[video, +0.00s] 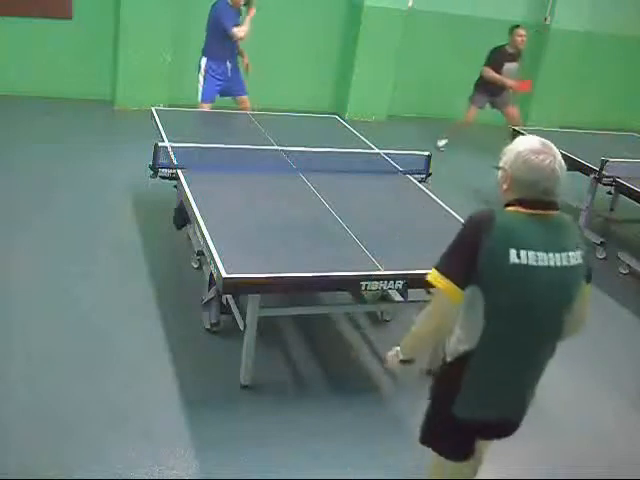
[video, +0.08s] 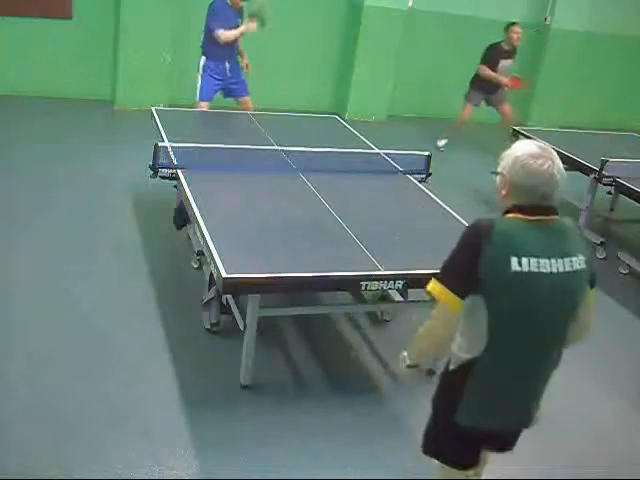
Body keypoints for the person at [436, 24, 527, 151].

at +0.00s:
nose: (522, 40)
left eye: (524, 36)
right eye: (519, 36)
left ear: (526, 39)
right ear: (511, 37)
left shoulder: (518, 55)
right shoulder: (498, 52)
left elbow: (508, 73)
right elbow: (486, 72)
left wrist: (514, 85)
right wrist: (508, 82)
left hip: (501, 91)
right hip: (483, 89)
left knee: (514, 117)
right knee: (469, 120)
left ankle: (518, 147)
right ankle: (446, 138)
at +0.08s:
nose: (517, 37)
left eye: (519, 34)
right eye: (514, 33)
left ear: (521, 36)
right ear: (507, 34)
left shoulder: (513, 51)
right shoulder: (494, 49)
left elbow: (502, 69)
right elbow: (481, 70)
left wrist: (508, 80)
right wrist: (502, 80)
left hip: (496, 87)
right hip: (479, 86)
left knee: (508, 116)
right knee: (465, 117)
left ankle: (513, 141)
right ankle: (446, 138)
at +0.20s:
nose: (515, 32)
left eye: (517, 29)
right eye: (512, 28)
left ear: (518, 31)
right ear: (503, 29)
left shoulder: (509, 46)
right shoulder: (490, 44)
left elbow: (499, 64)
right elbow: (477, 64)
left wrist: (502, 78)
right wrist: (495, 74)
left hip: (491, 84)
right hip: (475, 82)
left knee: (503, 117)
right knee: (463, 115)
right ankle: (445, 138)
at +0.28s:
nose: (515, 30)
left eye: (517, 27)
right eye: (512, 26)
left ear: (518, 29)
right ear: (503, 27)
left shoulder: (509, 44)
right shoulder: (490, 42)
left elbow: (497, 65)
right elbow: (477, 63)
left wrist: (503, 79)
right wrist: (495, 74)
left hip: (490, 84)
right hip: (474, 82)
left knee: (499, 117)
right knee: (462, 115)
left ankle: (483, 138)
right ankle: (444, 137)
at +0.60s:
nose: (505, 39)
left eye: (507, 36)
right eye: (502, 36)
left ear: (509, 37)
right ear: (494, 37)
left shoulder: (508, 52)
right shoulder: (482, 50)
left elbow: (516, 68)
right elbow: (467, 68)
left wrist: (524, 79)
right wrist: (472, 73)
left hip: (490, 88)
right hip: (473, 86)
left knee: (499, 119)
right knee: (470, 117)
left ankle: (482, 138)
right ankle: (455, 147)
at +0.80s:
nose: (492, 51)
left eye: (494, 48)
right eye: (489, 48)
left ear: (497, 48)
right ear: (482, 48)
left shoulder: (502, 58)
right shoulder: (473, 60)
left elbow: (513, 72)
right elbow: (461, 81)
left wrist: (521, 89)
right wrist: (451, 78)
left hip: (492, 93)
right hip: (473, 93)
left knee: (511, 121)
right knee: (471, 119)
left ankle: (502, 147)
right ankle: (455, 148)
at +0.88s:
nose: (488, 54)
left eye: (491, 51)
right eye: (485, 51)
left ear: (495, 50)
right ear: (480, 51)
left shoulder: (501, 59)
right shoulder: (472, 63)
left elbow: (513, 73)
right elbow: (463, 84)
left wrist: (520, 93)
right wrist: (456, 83)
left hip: (493, 95)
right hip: (475, 95)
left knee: (511, 121)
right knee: (471, 120)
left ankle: (503, 147)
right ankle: (455, 147)